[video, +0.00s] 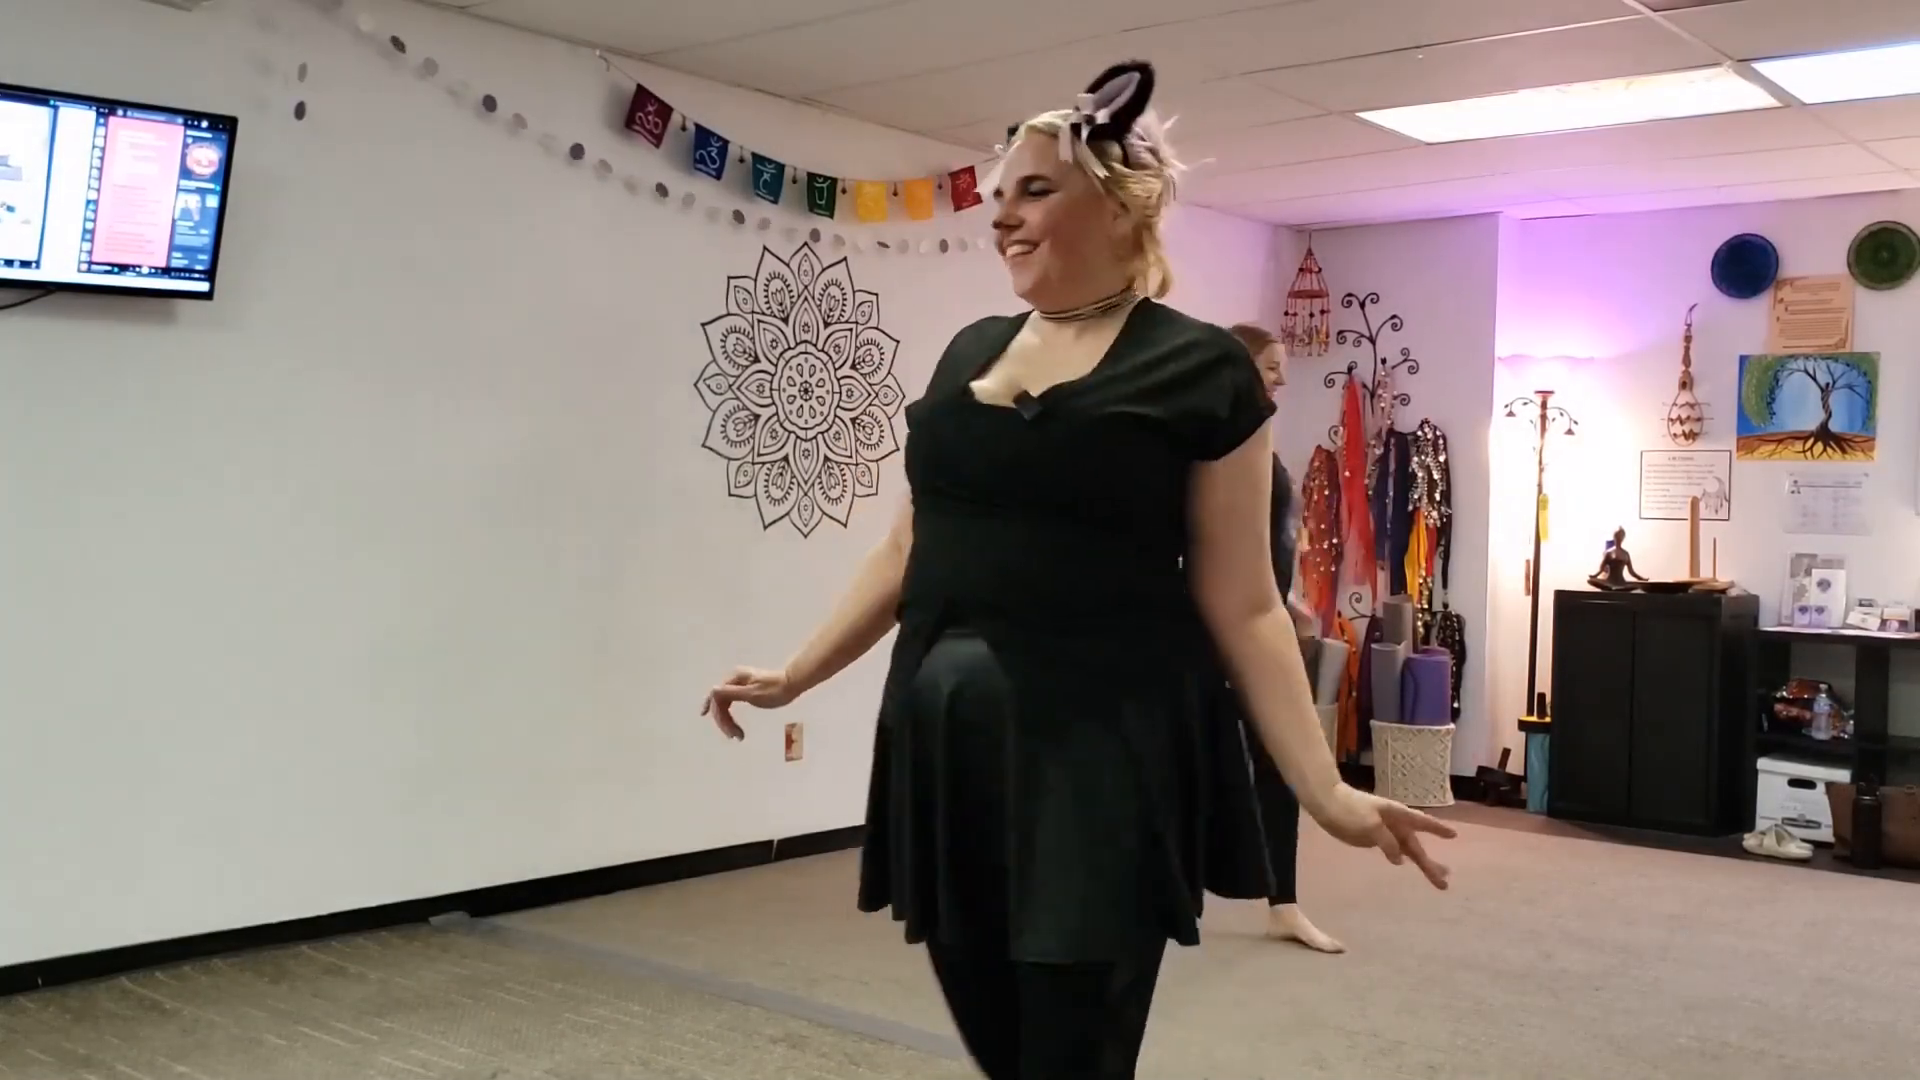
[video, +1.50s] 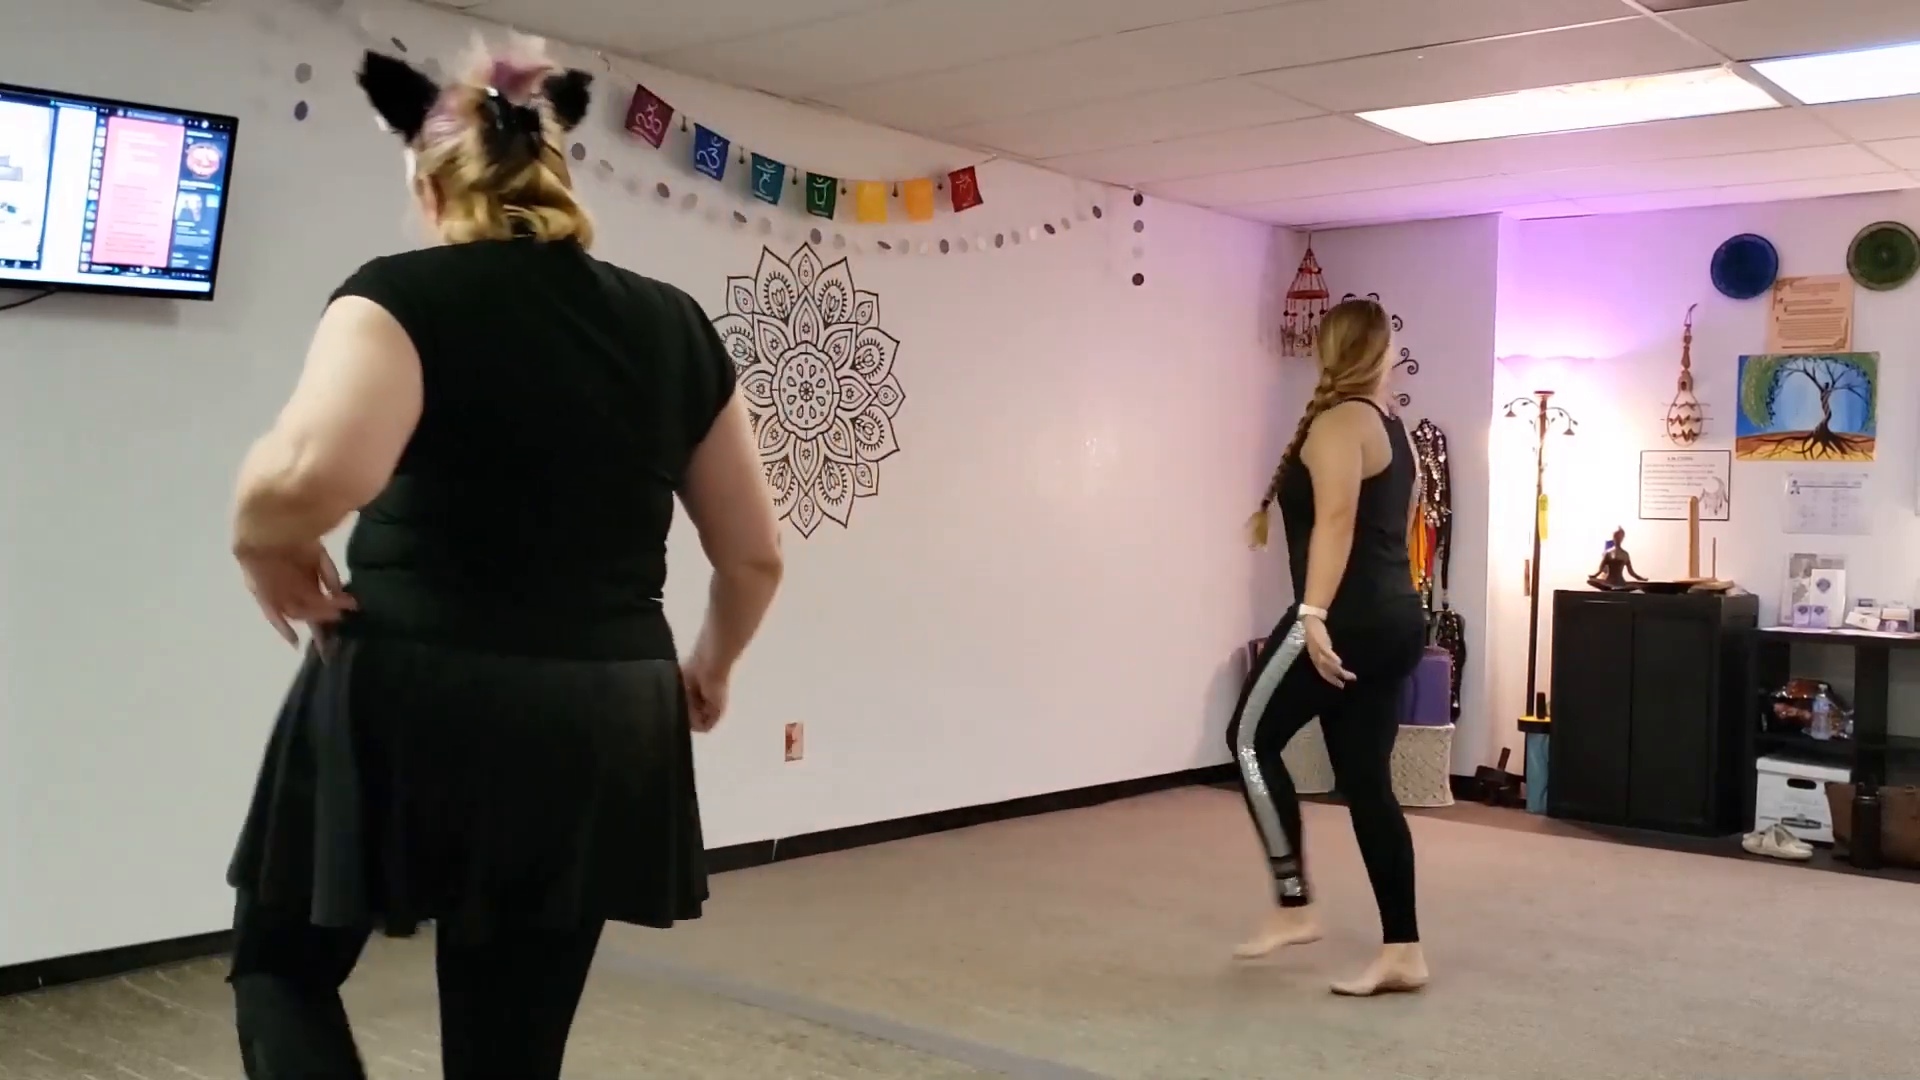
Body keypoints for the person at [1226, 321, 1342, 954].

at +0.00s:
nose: (1277, 384)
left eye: (1280, 373)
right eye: (1268, 371)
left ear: (1278, 377)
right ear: (1234, 371)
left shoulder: (1270, 464)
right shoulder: (1208, 455)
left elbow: (1276, 551)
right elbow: (1213, 556)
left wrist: (1291, 604)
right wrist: (1279, 607)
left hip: (1266, 623)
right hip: (1213, 622)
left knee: (1281, 760)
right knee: (1187, 753)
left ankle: (1284, 903)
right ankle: (1163, 900)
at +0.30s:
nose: (1326, 379)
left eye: (1331, 370)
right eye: (1312, 369)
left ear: (1334, 381)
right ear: (1279, 376)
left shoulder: (1329, 454)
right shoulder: (1261, 438)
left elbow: (1348, 560)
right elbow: (1206, 532)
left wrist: (1415, 611)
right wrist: (1186, 624)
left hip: (1325, 624)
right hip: (1263, 622)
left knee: (1326, 764)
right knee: (1320, 761)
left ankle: (1287, 907)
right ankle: (1236, 842)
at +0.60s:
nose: (1327, 366)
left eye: (1339, 355)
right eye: (1314, 357)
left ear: (1361, 368)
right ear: (1300, 369)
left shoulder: (1384, 454)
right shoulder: (1273, 440)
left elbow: (1412, 547)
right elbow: (1217, 523)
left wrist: (1466, 594)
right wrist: (1168, 598)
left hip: (1358, 627)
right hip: (1285, 623)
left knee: (1326, 768)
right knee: (1350, 761)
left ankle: (1286, 909)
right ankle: (1398, 925)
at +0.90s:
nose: (1305, 362)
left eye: (1318, 352)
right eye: (1299, 354)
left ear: (1356, 362)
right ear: (1297, 366)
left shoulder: (1406, 443)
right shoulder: (1283, 449)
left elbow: (1436, 525)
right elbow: (1255, 543)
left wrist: (1436, 569)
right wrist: (1219, 626)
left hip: (1392, 629)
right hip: (1315, 631)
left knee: (1369, 774)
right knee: (1360, 774)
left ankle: (1304, 897)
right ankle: (1391, 946)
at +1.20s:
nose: (1306, 362)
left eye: (1315, 352)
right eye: (1308, 352)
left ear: (1347, 362)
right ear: (1343, 363)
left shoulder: (1392, 433)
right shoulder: (1326, 435)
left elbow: (1413, 534)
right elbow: (1320, 539)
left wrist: (1358, 613)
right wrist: (1300, 623)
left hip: (1390, 630)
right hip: (1322, 630)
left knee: (1376, 788)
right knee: (1352, 792)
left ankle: (1436, 882)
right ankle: (1388, 949)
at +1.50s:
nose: (1399, 358)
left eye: (1395, 347)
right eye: (1395, 348)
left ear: (1330, 351)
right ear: (1380, 355)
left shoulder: (1337, 423)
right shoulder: (1387, 430)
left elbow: (1335, 521)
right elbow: (1382, 527)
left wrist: (1311, 613)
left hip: (1341, 617)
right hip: (1393, 619)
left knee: (1251, 736)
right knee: (1367, 783)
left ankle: (1292, 906)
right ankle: (1403, 948)